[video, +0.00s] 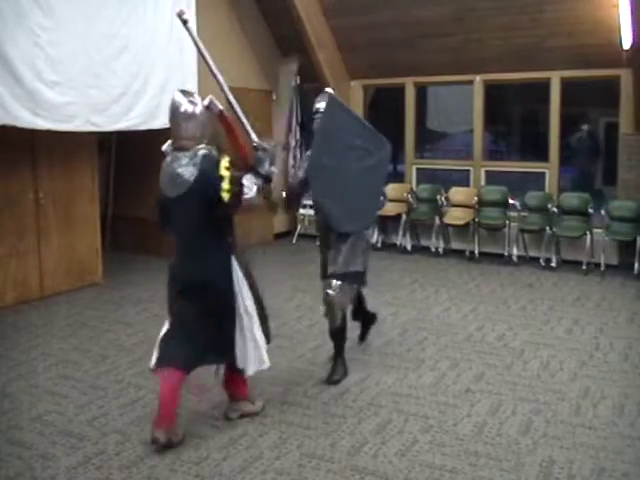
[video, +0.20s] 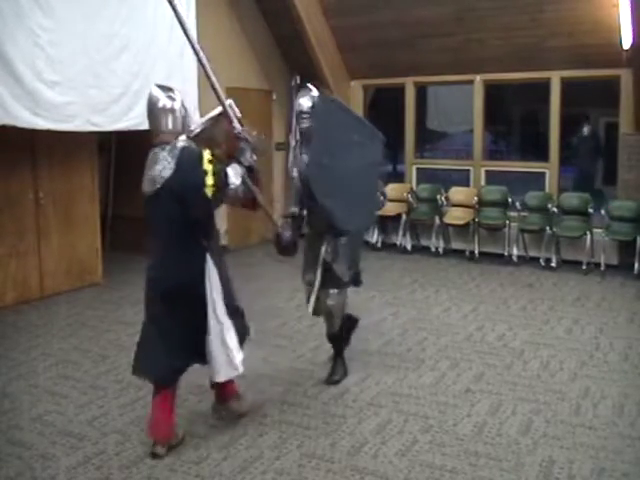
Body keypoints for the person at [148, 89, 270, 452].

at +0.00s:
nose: (208, 128)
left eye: (196, 124)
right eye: (207, 124)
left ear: (175, 134)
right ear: (207, 132)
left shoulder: (168, 167)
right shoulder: (214, 164)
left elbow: (163, 215)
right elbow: (228, 203)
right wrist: (249, 175)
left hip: (184, 262)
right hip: (218, 261)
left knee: (180, 333)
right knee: (236, 324)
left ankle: (164, 423)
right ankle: (239, 398)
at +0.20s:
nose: (189, 122)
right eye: (185, 116)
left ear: (152, 126)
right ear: (181, 123)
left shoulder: (152, 162)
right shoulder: (193, 158)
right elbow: (202, 207)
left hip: (163, 266)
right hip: (197, 263)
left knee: (166, 342)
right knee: (219, 324)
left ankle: (161, 435)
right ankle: (226, 394)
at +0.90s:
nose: (207, 116)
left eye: (198, 110)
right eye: (209, 110)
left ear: (176, 115)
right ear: (212, 115)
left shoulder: (163, 160)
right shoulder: (216, 162)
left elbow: (149, 214)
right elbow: (227, 226)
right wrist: (246, 224)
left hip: (172, 270)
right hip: (208, 274)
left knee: (178, 349)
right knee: (210, 355)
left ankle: (166, 435)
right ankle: (208, 450)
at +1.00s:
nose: (218, 119)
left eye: (213, 113)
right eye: (218, 113)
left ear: (183, 116)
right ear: (218, 118)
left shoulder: (168, 160)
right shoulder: (221, 162)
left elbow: (154, 216)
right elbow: (234, 225)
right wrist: (257, 240)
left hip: (177, 269)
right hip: (213, 274)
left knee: (188, 348)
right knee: (214, 354)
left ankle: (177, 427)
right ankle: (208, 448)